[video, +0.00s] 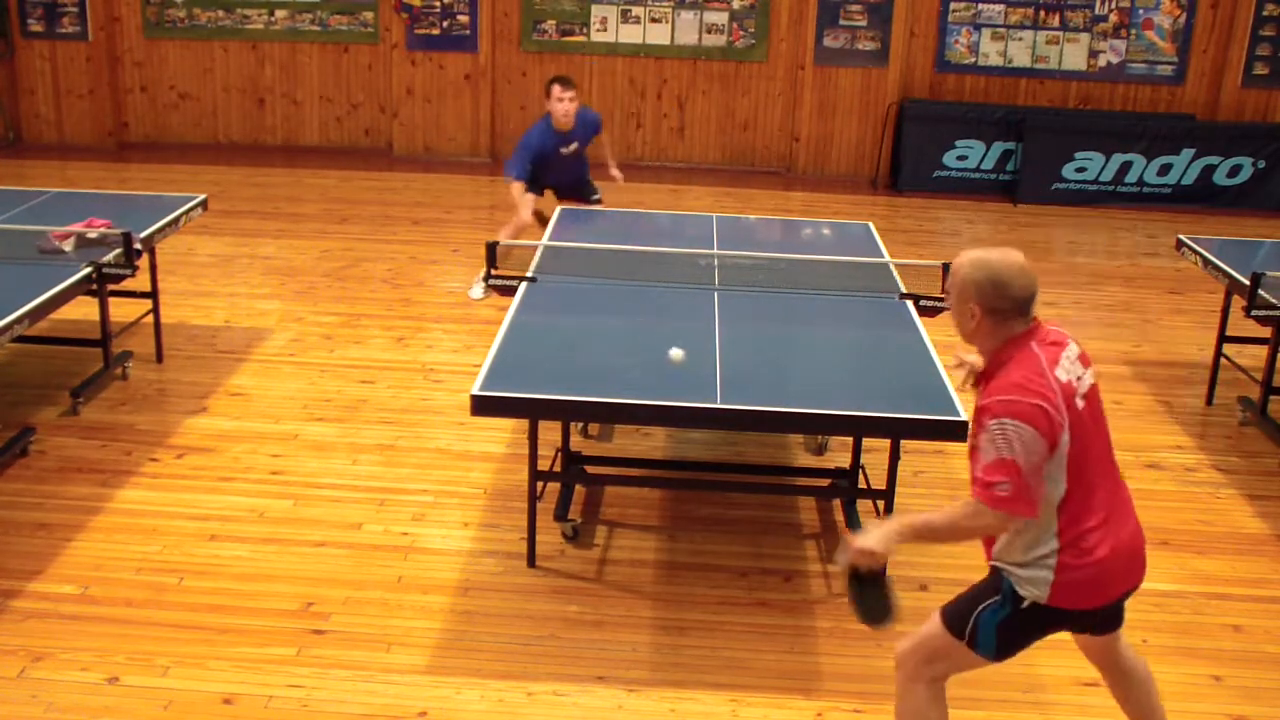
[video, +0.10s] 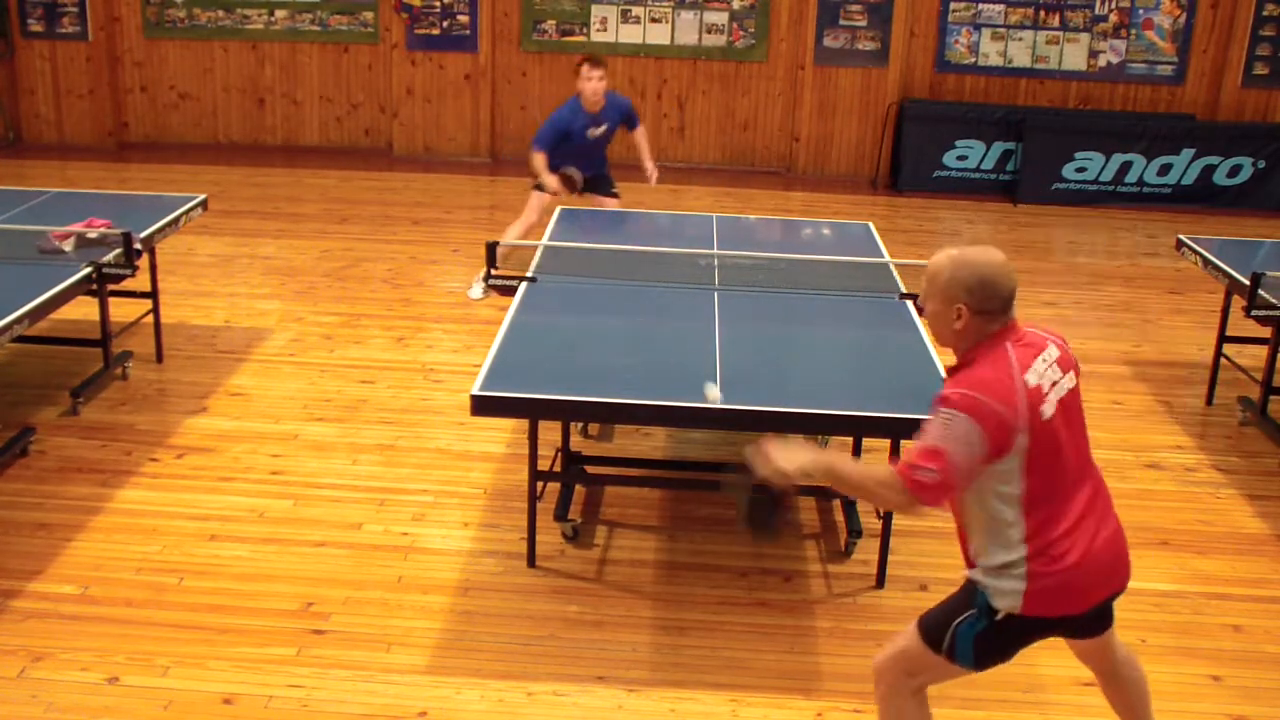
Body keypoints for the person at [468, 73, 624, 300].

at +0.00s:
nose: (566, 107)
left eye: (571, 100)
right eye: (560, 101)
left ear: (578, 102)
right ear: (548, 104)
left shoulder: (589, 120)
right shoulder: (537, 136)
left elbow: (601, 138)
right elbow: (516, 180)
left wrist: (611, 165)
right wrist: (525, 211)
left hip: (574, 177)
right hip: (539, 178)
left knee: (599, 220)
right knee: (524, 219)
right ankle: (487, 273)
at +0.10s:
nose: (594, 86)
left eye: (600, 80)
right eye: (588, 80)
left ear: (607, 82)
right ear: (578, 83)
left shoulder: (619, 105)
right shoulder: (567, 114)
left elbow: (636, 128)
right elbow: (537, 150)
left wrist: (647, 160)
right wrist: (546, 176)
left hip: (596, 170)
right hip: (561, 170)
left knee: (614, 220)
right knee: (531, 218)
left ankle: (612, 279)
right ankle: (489, 271)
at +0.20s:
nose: (620, 64)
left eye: (625, 58)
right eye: (614, 58)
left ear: (633, 60)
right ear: (604, 61)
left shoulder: (647, 85)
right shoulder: (593, 94)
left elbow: (663, 111)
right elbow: (565, 130)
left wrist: (667, 144)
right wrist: (573, 156)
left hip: (626, 156)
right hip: (589, 154)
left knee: (638, 208)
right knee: (562, 201)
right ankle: (532, 251)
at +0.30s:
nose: (648, 58)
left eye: (653, 52)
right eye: (642, 52)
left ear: (660, 56)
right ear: (632, 55)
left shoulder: (674, 87)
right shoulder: (617, 88)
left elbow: (684, 114)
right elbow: (591, 121)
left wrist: (684, 146)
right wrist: (603, 153)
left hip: (657, 151)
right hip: (619, 148)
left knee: (678, 210)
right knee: (592, 204)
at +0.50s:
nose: (673, 77)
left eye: (680, 71)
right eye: (669, 71)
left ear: (691, 74)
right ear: (663, 74)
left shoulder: (713, 104)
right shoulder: (659, 109)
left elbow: (732, 139)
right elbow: (644, 138)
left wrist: (727, 177)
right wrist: (615, 161)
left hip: (710, 171)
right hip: (673, 170)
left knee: (741, 221)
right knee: (643, 209)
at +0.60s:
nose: (656, 77)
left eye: (662, 71)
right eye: (653, 72)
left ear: (677, 72)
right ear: (650, 75)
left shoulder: (703, 97)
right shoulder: (658, 107)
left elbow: (738, 124)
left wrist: (745, 160)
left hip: (721, 167)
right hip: (685, 167)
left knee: (749, 221)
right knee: (651, 207)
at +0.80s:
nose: (638, 62)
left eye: (644, 55)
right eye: (636, 57)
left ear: (661, 57)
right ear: (634, 61)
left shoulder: (689, 79)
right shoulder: (640, 95)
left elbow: (724, 97)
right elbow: (613, 119)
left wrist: (729, 117)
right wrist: (592, 108)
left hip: (706, 153)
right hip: (670, 156)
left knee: (735, 204)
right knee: (643, 198)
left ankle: (763, 244)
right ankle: (644, 252)